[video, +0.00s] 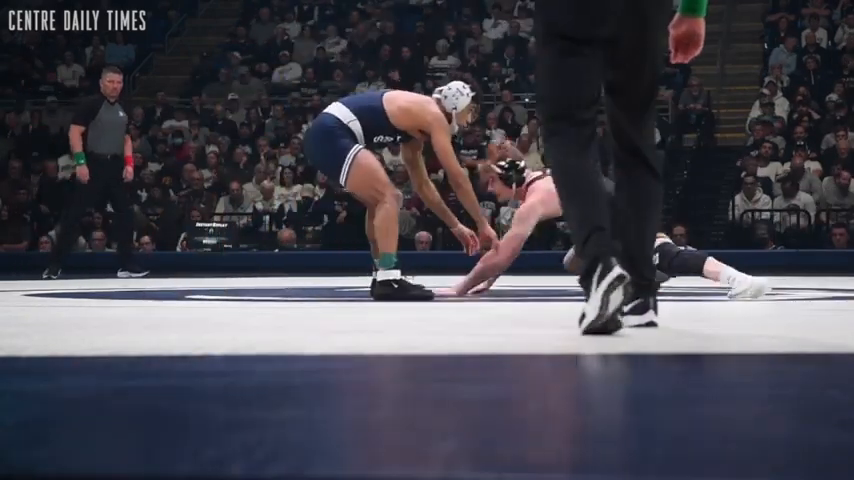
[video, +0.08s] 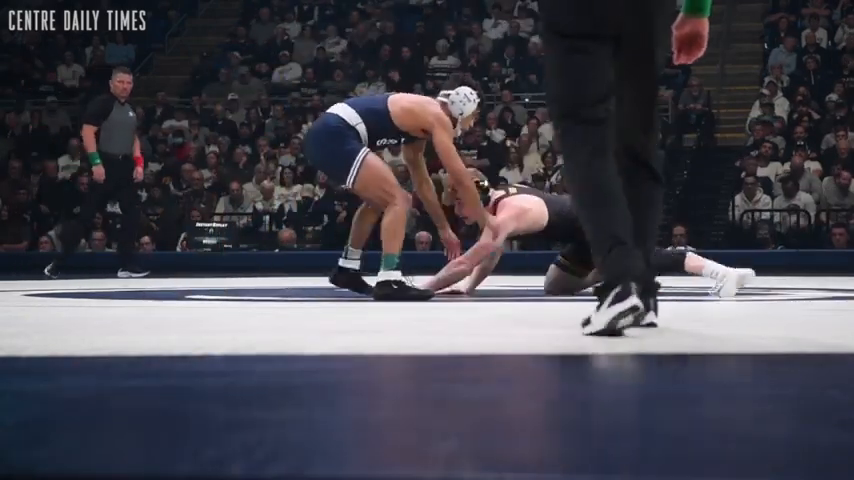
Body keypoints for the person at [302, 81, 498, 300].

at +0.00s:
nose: (470, 119)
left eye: (472, 113)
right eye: (469, 111)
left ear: (445, 104)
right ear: (455, 108)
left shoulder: (410, 136)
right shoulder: (434, 116)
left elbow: (423, 186)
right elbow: (457, 176)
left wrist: (456, 227)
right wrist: (482, 223)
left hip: (324, 138)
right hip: (331, 136)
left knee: (377, 203)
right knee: (389, 197)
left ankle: (382, 276)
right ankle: (388, 277)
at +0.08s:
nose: (471, 125)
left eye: (474, 120)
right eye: (472, 119)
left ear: (449, 106)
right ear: (462, 113)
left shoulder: (412, 136)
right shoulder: (437, 118)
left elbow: (423, 185)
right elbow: (460, 177)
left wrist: (445, 232)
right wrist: (483, 219)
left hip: (324, 137)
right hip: (335, 138)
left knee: (376, 201)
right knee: (398, 199)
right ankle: (389, 278)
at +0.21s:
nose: (468, 119)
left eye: (470, 115)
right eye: (470, 114)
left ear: (446, 97)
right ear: (466, 108)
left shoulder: (418, 113)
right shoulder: (444, 118)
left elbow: (399, 172)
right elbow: (468, 170)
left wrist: (410, 227)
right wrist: (496, 204)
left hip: (330, 150)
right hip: (343, 150)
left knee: (372, 216)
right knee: (414, 204)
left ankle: (305, 237)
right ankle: (391, 278)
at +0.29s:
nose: (466, 126)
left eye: (465, 119)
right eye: (467, 120)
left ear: (440, 105)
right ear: (462, 116)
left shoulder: (419, 115)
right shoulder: (447, 129)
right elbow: (486, 183)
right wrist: (521, 207)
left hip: (326, 155)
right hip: (347, 155)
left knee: (363, 224)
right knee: (418, 205)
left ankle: (313, 268)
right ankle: (392, 278)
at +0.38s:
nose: (470, 136)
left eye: (471, 133)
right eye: (470, 132)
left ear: (445, 112)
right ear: (464, 124)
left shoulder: (415, 117)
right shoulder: (456, 135)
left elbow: (377, 152)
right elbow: (491, 181)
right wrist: (526, 189)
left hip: (337, 154)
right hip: (368, 156)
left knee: (351, 234)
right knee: (433, 217)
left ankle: (302, 275)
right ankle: (397, 274)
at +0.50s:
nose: (495, 121)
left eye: (493, 116)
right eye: (495, 115)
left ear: (466, 105)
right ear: (488, 112)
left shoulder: (442, 120)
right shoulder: (484, 126)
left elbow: (458, 165)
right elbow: (518, 169)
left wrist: (495, 170)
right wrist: (538, 185)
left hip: (373, 154)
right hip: (409, 155)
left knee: (363, 245)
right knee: (473, 210)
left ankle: (308, 271)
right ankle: (465, 251)